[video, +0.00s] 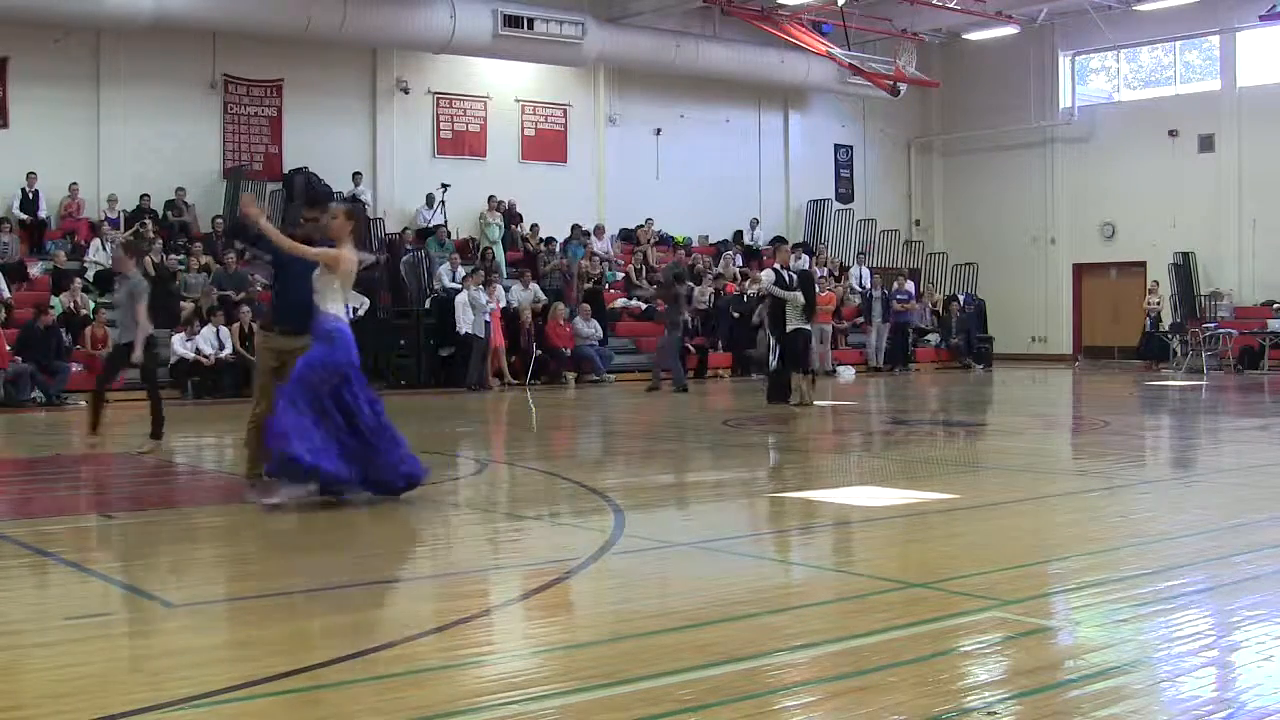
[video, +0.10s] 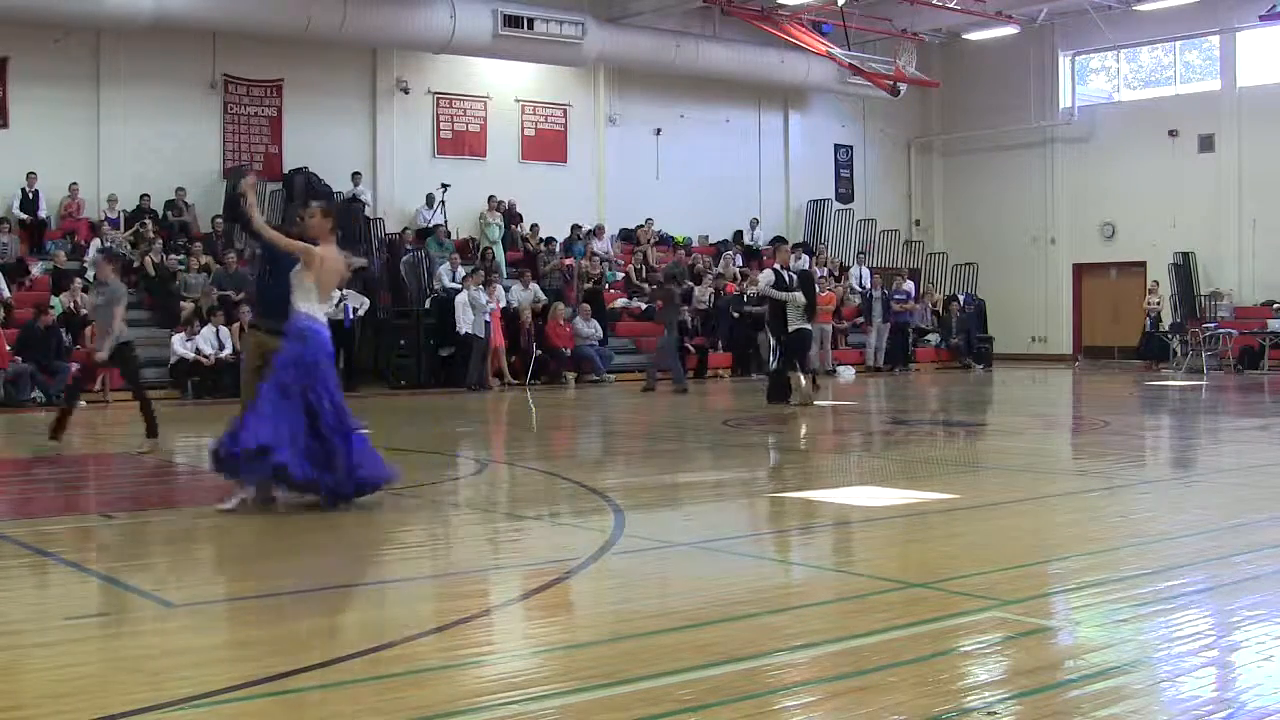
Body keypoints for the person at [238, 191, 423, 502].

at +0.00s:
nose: (328, 223)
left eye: (335, 218)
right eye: (328, 218)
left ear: (350, 224)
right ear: (338, 224)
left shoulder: (339, 255)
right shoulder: (346, 255)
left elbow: (291, 247)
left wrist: (260, 219)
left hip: (332, 341)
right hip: (337, 339)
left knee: (291, 397)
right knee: (341, 407)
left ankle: (300, 470)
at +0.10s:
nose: (306, 222)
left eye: (312, 217)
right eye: (307, 217)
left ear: (330, 223)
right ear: (330, 224)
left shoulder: (311, 252)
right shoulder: (341, 260)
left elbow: (266, 233)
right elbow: (330, 287)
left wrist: (251, 201)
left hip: (303, 334)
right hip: (322, 335)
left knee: (272, 399)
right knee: (322, 406)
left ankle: (251, 479)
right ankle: (336, 478)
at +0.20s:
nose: (289, 220)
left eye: (294, 215)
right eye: (291, 215)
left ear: (310, 219)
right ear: (312, 220)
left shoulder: (295, 250)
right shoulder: (325, 259)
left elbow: (244, 222)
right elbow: (331, 284)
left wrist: (240, 190)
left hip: (277, 330)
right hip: (300, 333)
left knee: (264, 404)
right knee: (294, 404)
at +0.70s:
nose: (264, 219)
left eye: (267, 213)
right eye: (266, 213)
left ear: (276, 215)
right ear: (296, 215)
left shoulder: (272, 248)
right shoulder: (314, 251)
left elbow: (222, 221)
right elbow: (339, 262)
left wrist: (230, 191)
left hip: (264, 332)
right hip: (291, 334)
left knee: (253, 404)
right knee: (281, 406)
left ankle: (251, 483)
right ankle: (297, 480)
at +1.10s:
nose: (292, 219)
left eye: (295, 213)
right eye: (293, 213)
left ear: (310, 216)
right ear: (321, 214)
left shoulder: (306, 248)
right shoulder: (347, 250)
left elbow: (268, 222)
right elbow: (372, 260)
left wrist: (252, 194)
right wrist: (360, 260)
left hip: (306, 329)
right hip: (334, 331)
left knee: (292, 399)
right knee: (330, 400)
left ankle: (267, 467)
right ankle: (333, 473)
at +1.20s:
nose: (307, 219)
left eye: (310, 213)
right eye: (308, 213)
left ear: (322, 215)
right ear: (335, 216)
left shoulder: (316, 251)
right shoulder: (352, 250)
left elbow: (283, 231)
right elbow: (371, 256)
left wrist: (261, 203)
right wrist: (373, 256)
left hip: (318, 331)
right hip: (344, 331)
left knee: (311, 400)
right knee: (342, 401)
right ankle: (361, 469)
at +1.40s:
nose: (334, 217)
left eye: (338, 212)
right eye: (336, 211)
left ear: (351, 216)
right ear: (362, 217)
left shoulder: (345, 248)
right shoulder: (376, 247)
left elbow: (303, 234)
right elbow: (383, 250)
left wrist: (268, 210)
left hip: (348, 328)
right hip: (369, 327)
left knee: (334, 400)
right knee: (362, 400)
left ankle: (332, 473)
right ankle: (370, 468)